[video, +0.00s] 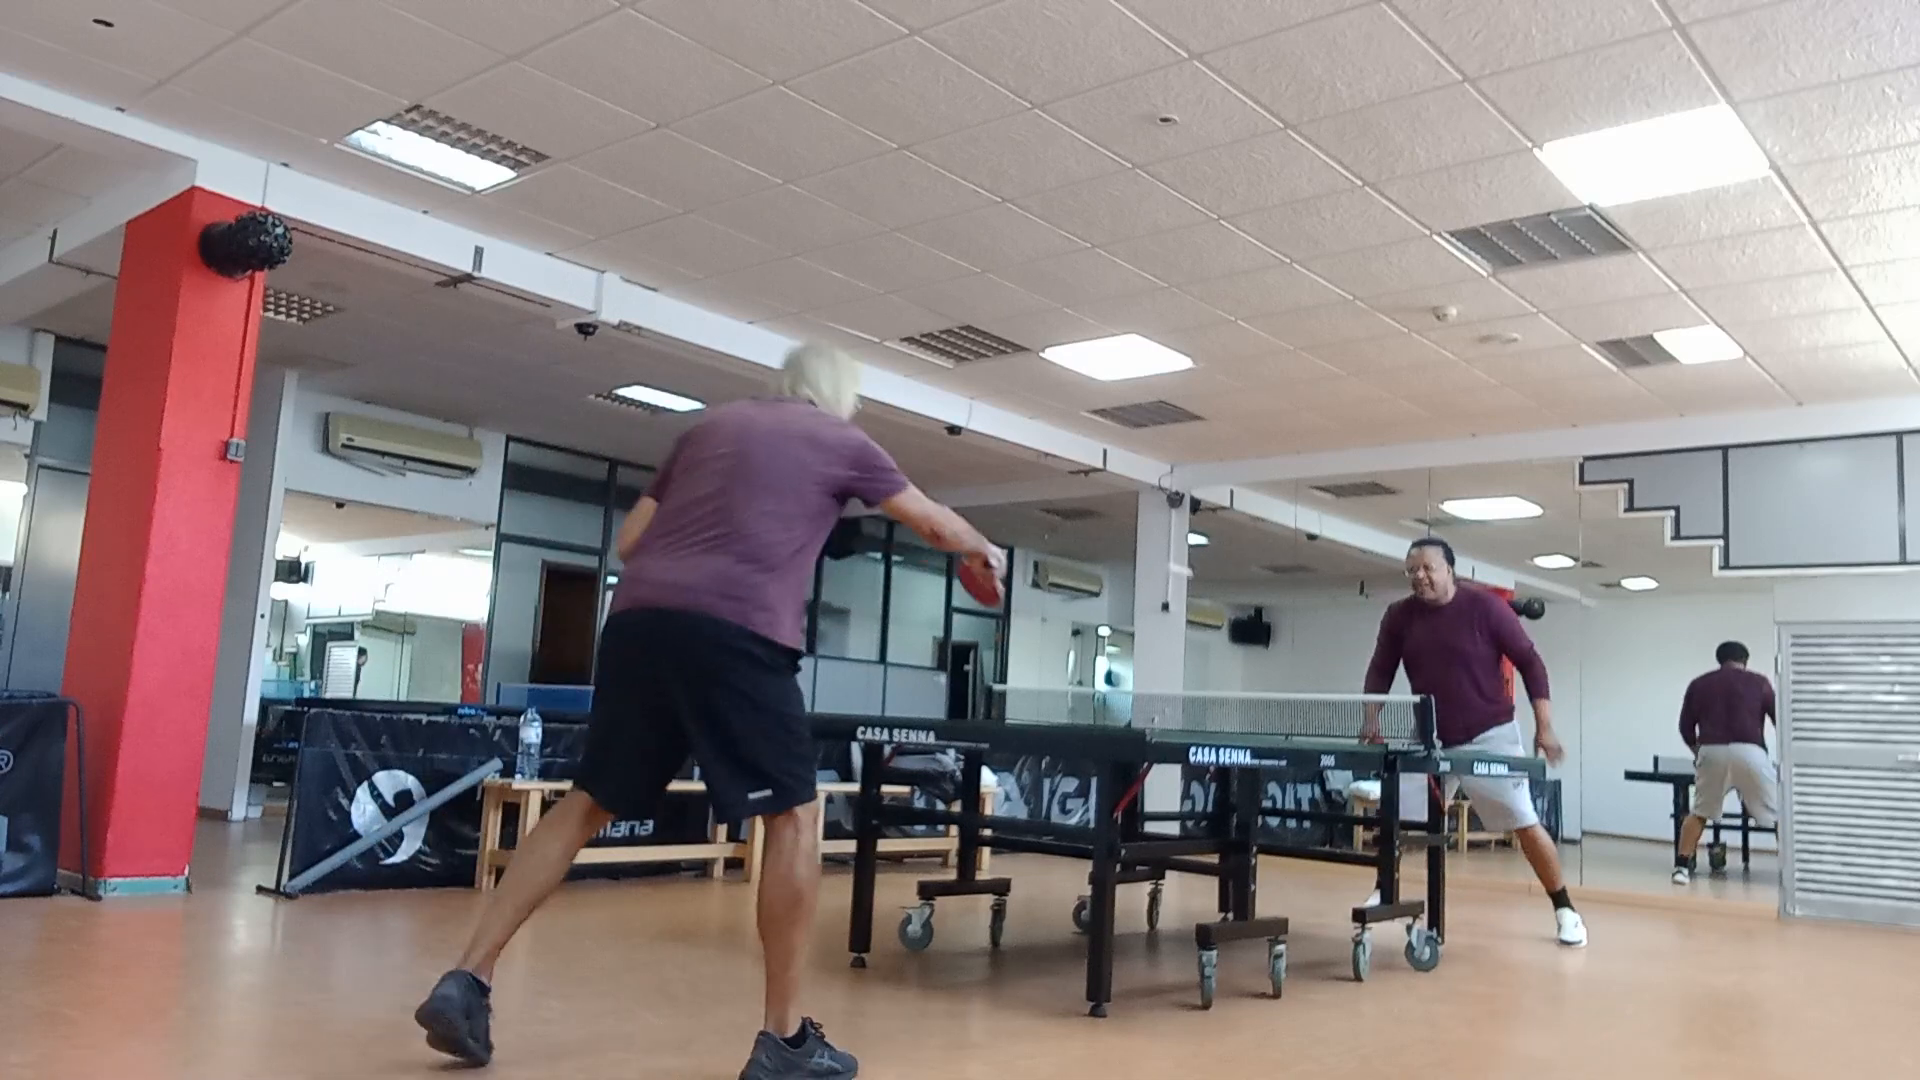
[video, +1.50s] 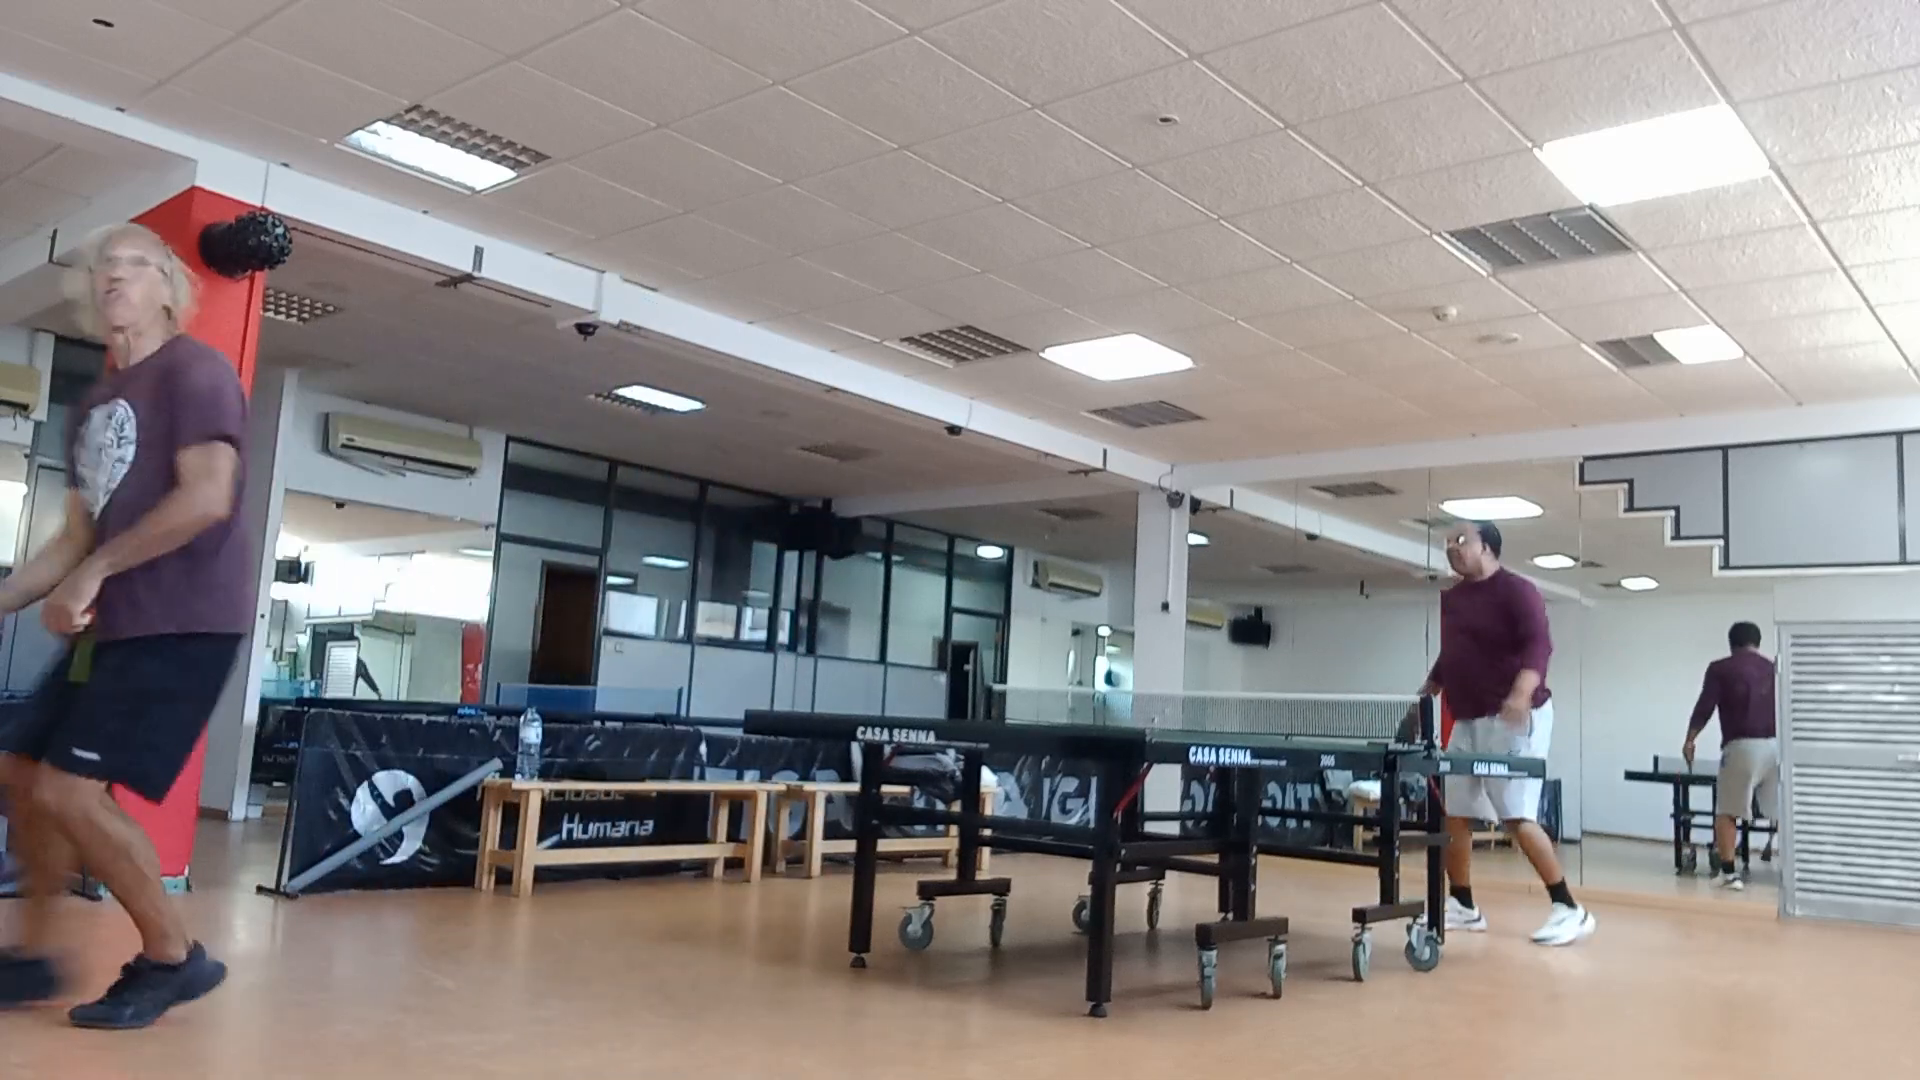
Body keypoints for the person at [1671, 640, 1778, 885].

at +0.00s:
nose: (1745, 666)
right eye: (1746, 663)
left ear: (1719, 661)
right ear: (1744, 662)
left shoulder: (1699, 684)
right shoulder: (1759, 682)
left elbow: (1685, 726)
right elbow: (1782, 721)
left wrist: (1699, 751)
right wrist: (1790, 752)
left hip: (1711, 753)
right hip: (1750, 753)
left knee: (1699, 812)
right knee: (1778, 816)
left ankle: (1681, 867)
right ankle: (1794, 875)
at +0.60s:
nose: (1738, 669)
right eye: (1739, 665)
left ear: (1711, 662)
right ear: (1736, 662)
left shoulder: (1692, 682)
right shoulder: (1742, 675)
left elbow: (1698, 719)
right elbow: (1773, 704)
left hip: (1705, 751)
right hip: (1743, 749)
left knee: (1690, 812)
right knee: (1774, 813)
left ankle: (1671, 867)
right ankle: (1793, 870)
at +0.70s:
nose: (1734, 667)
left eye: (1734, 665)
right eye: (1733, 664)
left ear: (1706, 661)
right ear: (1730, 661)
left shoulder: (1690, 677)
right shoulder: (1732, 671)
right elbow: (1763, 684)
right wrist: (1780, 695)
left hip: (1699, 750)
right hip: (1734, 748)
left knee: (1689, 812)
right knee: (1772, 812)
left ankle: (1670, 868)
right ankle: (1792, 867)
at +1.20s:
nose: (1751, 653)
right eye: (1752, 650)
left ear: (1725, 647)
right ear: (1752, 648)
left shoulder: (1706, 672)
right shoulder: (1765, 671)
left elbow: (1689, 713)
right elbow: (1788, 703)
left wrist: (1676, 744)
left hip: (1721, 749)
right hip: (1759, 748)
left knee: (1700, 811)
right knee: (1778, 810)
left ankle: (1677, 864)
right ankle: (1786, 861)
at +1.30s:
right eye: (1754, 646)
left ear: (1730, 644)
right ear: (1756, 645)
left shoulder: (1713, 668)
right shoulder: (1772, 668)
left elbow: (1697, 710)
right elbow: (1787, 707)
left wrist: (1684, 745)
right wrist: (1790, 744)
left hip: (1729, 746)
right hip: (1767, 746)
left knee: (1710, 808)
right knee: (1781, 807)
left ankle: (1697, 861)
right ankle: (1780, 851)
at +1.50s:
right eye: (1755, 646)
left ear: (1731, 644)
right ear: (1758, 644)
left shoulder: (1719, 668)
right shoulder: (1773, 668)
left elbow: (1705, 706)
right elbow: (1787, 704)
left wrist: (1690, 738)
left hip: (1741, 750)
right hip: (1776, 747)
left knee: (1726, 813)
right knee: (1781, 814)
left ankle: (1729, 873)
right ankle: (1792, 868)